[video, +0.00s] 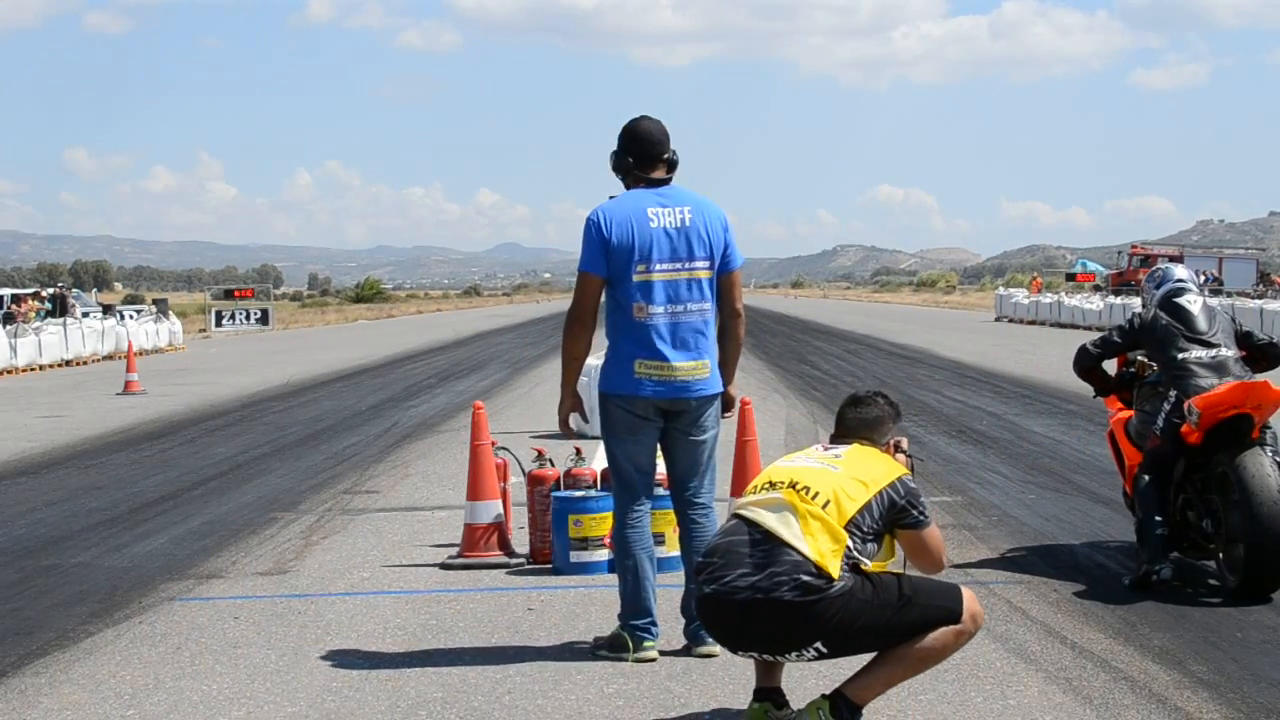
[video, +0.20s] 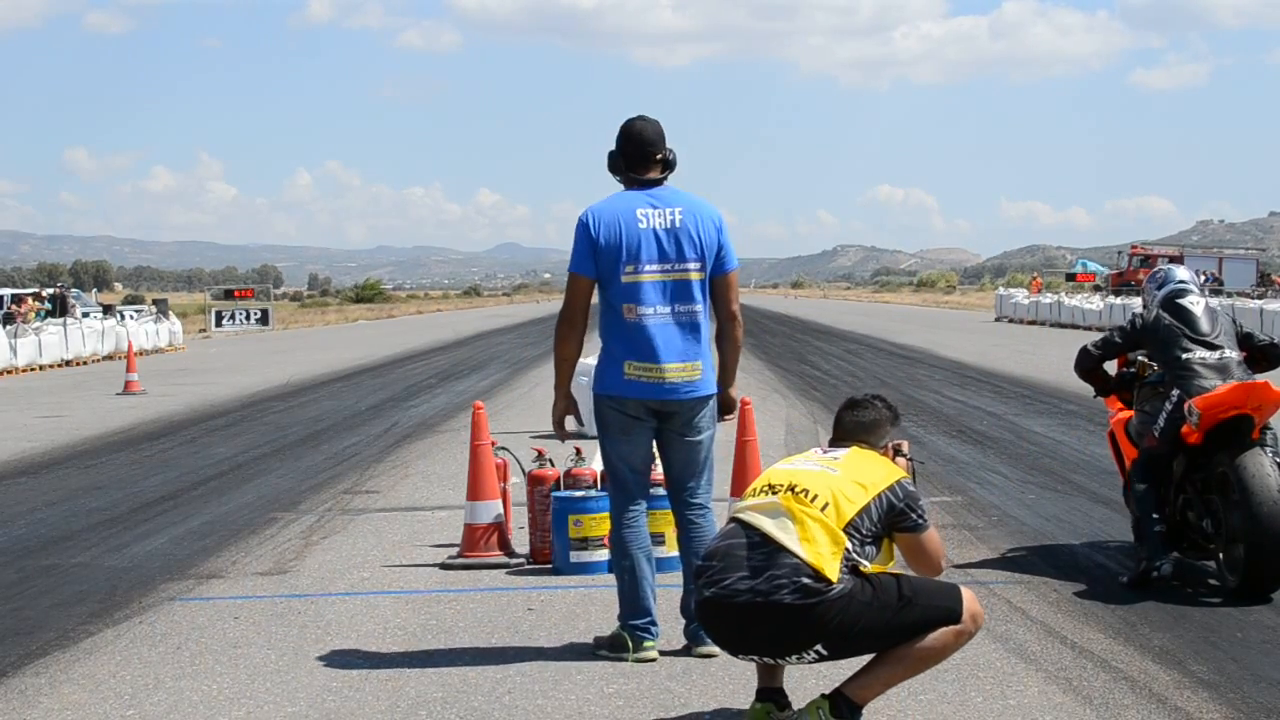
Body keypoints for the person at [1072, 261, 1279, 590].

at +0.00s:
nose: (1144, 298)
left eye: (1146, 292)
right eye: (1144, 292)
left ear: (1155, 289)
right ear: (1193, 285)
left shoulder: (1147, 320)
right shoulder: (1222, 315)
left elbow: (1085, 357)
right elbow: (1271, 349)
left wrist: (1107, 385)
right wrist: (1241, 368)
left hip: (1189, 392)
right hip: (1239, 384)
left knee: (1150, 473)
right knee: (1265, 439)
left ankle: (1154, 561)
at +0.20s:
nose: (1145, 300)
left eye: (1147, 294)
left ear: (1155, 291)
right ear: (1194, 286)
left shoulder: (1149, 320)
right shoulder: (1223, 315)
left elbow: (1087, 358)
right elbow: (1271, 350)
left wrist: (1108, 385)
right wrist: (1242, 367)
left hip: (1191, 392)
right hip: (1240, 386)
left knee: (1142, 474)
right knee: (1264, 440)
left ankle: (1154, 556)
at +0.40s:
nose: (1145, 296)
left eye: (1146, 290)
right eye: (1145, 290)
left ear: (1155, 288)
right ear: (1193, 283)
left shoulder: (1148, 319)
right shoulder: (1223, 314)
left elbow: (1087, 356)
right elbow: (1270, 347)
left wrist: (1107, 386)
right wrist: (1239, 368)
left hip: (1190, 392)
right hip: (1240, 386)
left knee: (1148, 471)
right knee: (1266, 437)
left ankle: (1154, 561)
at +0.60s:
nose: (1145, 298)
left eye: (1147, 292)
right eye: (1145, 292)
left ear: (1155, 289)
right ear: (1193, 284)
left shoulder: (1148, 319)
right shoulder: (1223, 314)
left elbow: (1086, 357)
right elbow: (1268, 349)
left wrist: (1108, 385)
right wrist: (1240, 368)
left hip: (1190, 391)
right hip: (1239, 385)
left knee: (1148, 470)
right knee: (1265, 440)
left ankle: (1154, 561)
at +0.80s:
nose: (1145, 297)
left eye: (1147, 291)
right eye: (1145, 292)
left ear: (1156, 288)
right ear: (1194, 284)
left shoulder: (1148, 319)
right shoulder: (1223, 315)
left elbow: (1087, 356)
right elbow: (1270, 350)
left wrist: (1106, 384)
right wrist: (1239, 367)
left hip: (1189, 391)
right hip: (1239, 385)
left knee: (1149, 468)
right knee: (1264, 436)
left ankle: (1153, 556)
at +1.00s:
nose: (1144, 297)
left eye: (1146, 291)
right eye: (1145, 292)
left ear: (1155, 288)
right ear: (1193, 285)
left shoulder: (1148, 318)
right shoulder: (1222, 314)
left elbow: (1085, 354)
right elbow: (1269, 351)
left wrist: (1104, 383)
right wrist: (1235, 367)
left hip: (1186, 391)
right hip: (1235, 385)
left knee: (1148, 469)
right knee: (1262, 433)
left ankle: (1153, 555)